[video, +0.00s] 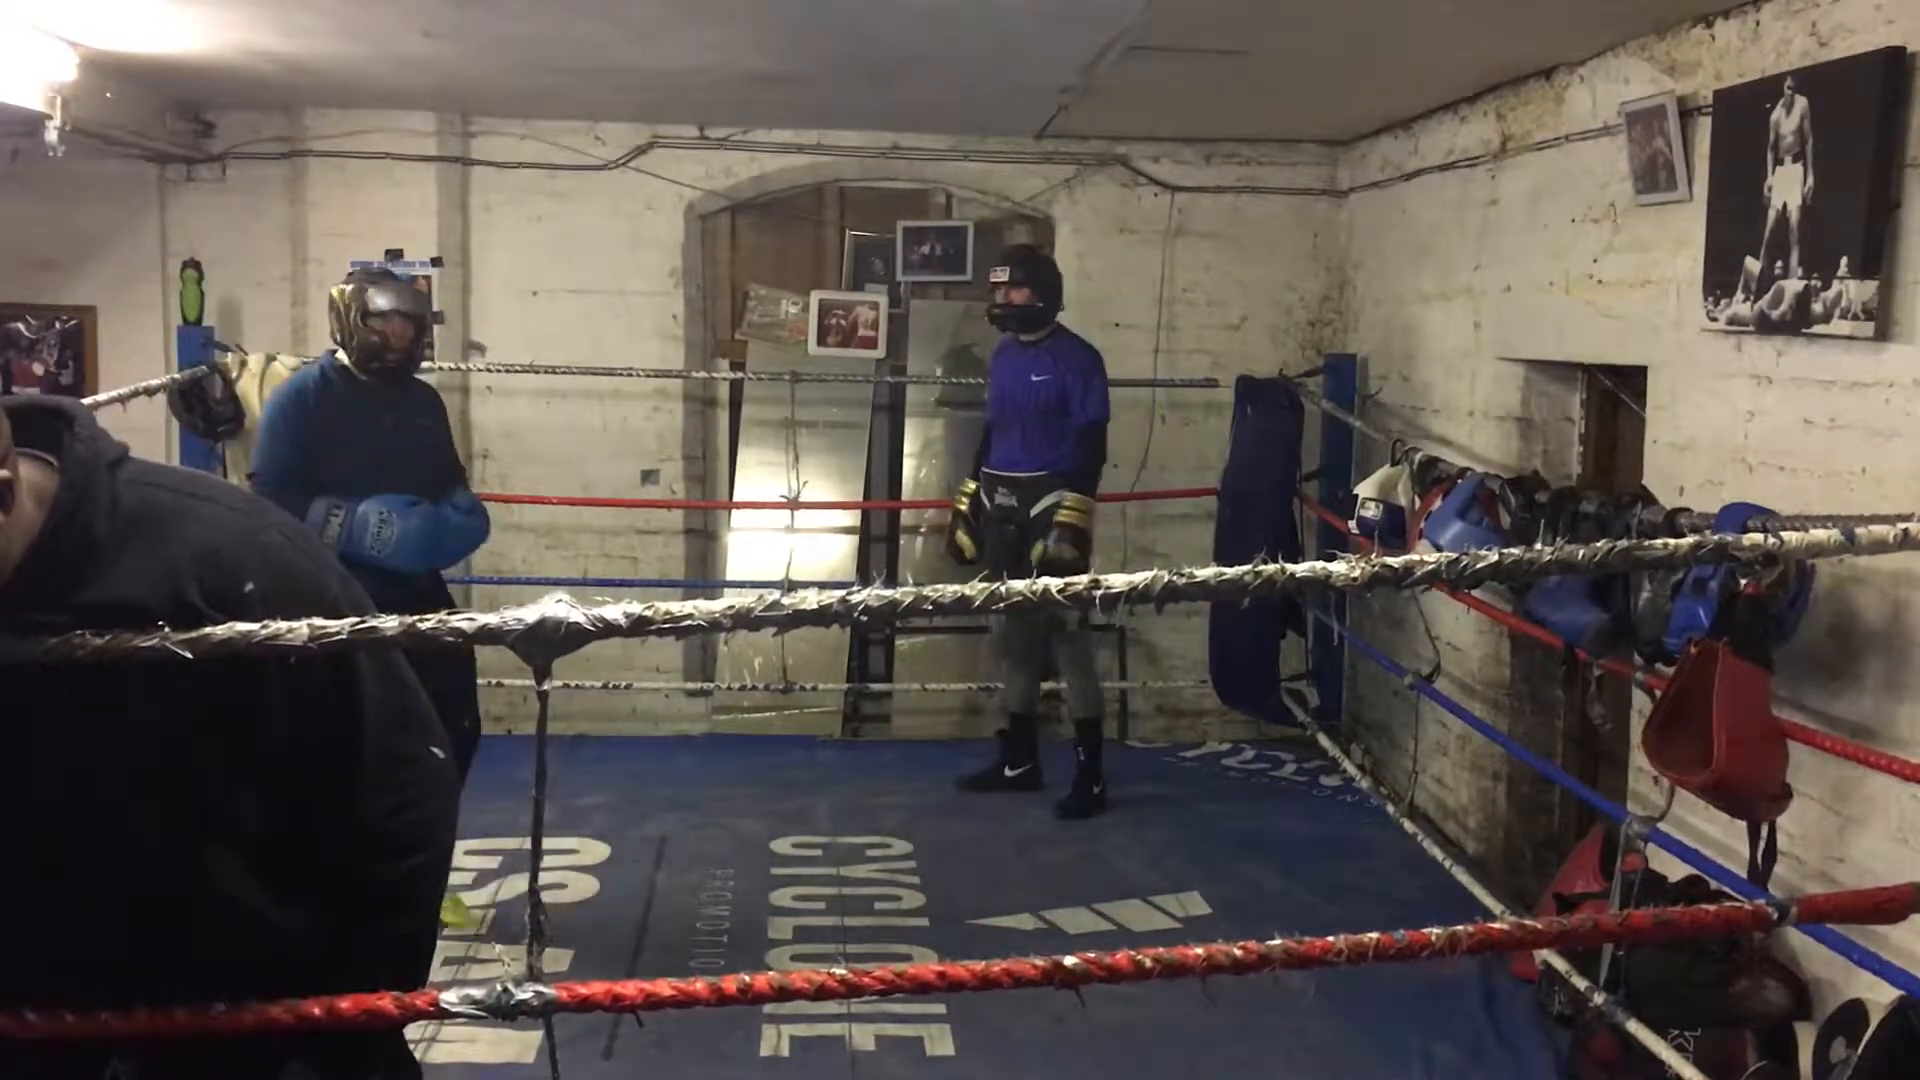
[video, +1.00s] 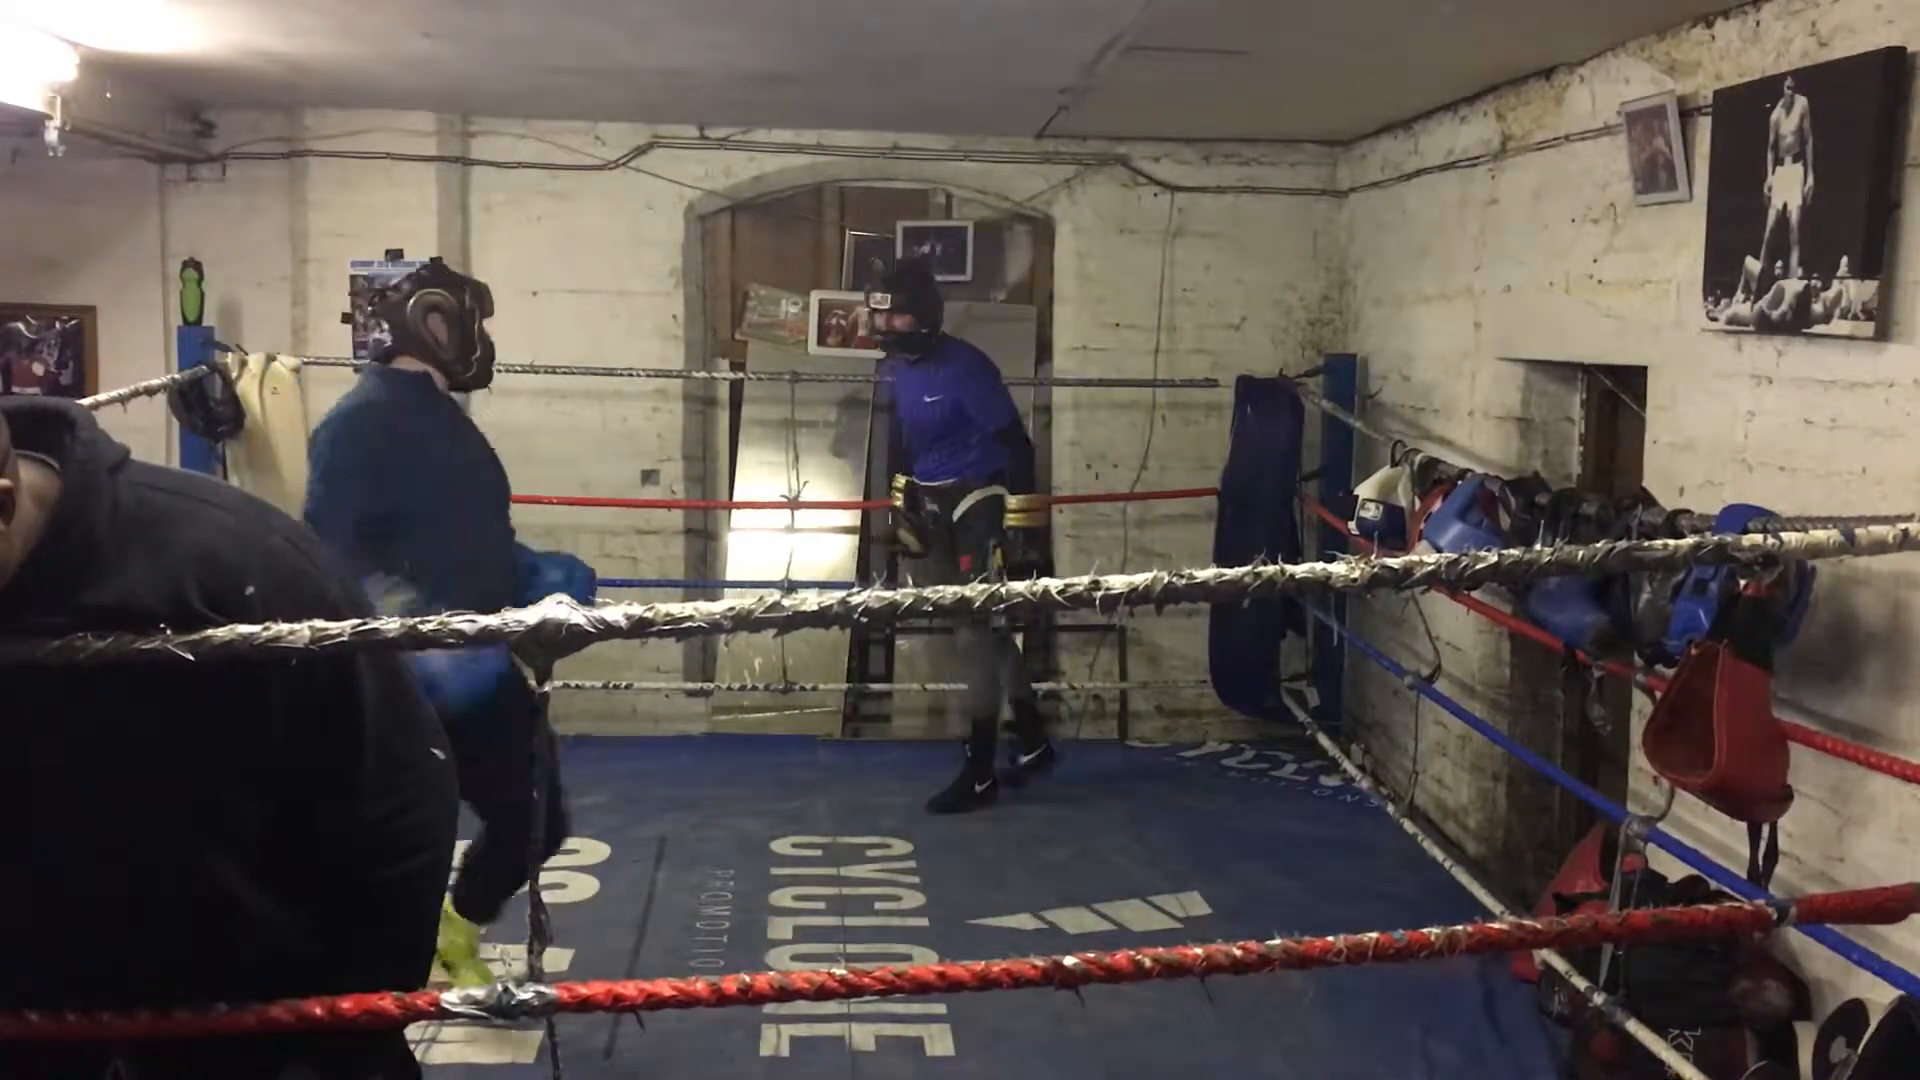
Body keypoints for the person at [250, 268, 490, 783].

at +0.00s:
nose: (409, 334)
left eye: (415, 321)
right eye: (395, 318)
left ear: (424, 328)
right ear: (357, 322)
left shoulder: (423, 402)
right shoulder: (302, 398)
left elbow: (451, 486)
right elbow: (270, 504)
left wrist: (462, 522)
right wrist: (359, 526)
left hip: (419, 597)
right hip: (329, 597)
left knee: (454, 728)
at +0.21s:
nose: (419, 349)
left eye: (428, 335)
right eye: (403, 334)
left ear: (436, 340)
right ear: (367, 336)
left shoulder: (434, 413)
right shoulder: (313, 411)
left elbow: (474, 508)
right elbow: (287, 519)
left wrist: (477, 536)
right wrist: (388, 539)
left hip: (436, 632)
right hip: (344, 635)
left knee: (438, 777)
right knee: (355, 777)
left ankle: (438, 932)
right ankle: (354, 940)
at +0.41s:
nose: (465, 345)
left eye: (465, 331)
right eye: (449, 331)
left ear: (450, 337)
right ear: (406, 338)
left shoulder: (465, 422)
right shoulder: (342, 408)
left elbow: (501, 522)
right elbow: (299, 519)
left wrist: (476, 564)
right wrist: (377, 566)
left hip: (447, 650)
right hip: (355, 650)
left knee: (441, 806)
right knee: (360, 800)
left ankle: (414, 960)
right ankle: (353, 960)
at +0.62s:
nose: (476, 334)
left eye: (474, 320)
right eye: (463, 321)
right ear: (421, 326)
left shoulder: (474, 412)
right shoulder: (340, 409)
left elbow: (516, 504)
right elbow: (293, 533)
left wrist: (521, 535)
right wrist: (354, 607)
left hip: (459, 648)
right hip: (362, 652)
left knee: (443, 808)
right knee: (366, 804)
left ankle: (414, 964)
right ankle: (354, 964)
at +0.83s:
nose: (472, 350)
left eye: (471, 335)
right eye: (458, 334)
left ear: (415, 339)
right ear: (417, 337)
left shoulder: (468, 444)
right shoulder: (336, 437)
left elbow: (506, 551)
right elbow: (284, 564)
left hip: (465, 691)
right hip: (368, 694)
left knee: (449, 852)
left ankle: (398, 1007)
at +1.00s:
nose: (472, 336)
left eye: (470, 320)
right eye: (457, 319)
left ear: (431, 327)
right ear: (419, 324)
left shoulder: (446, 421)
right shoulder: (360, 425)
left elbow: (475, 541)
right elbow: (334, 557)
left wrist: (539, 573)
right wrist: (415, 637)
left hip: (477, 660)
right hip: (396, 669)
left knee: (533, 820)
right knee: (402, 818)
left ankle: (456, 926)